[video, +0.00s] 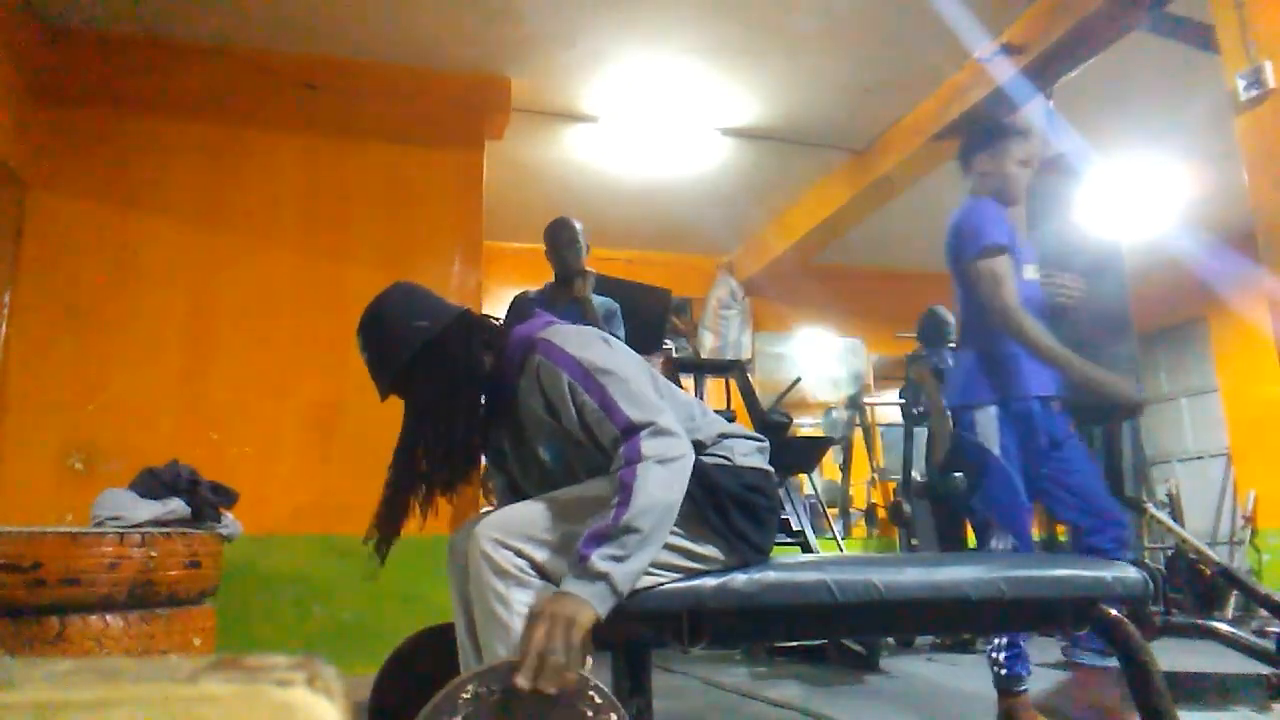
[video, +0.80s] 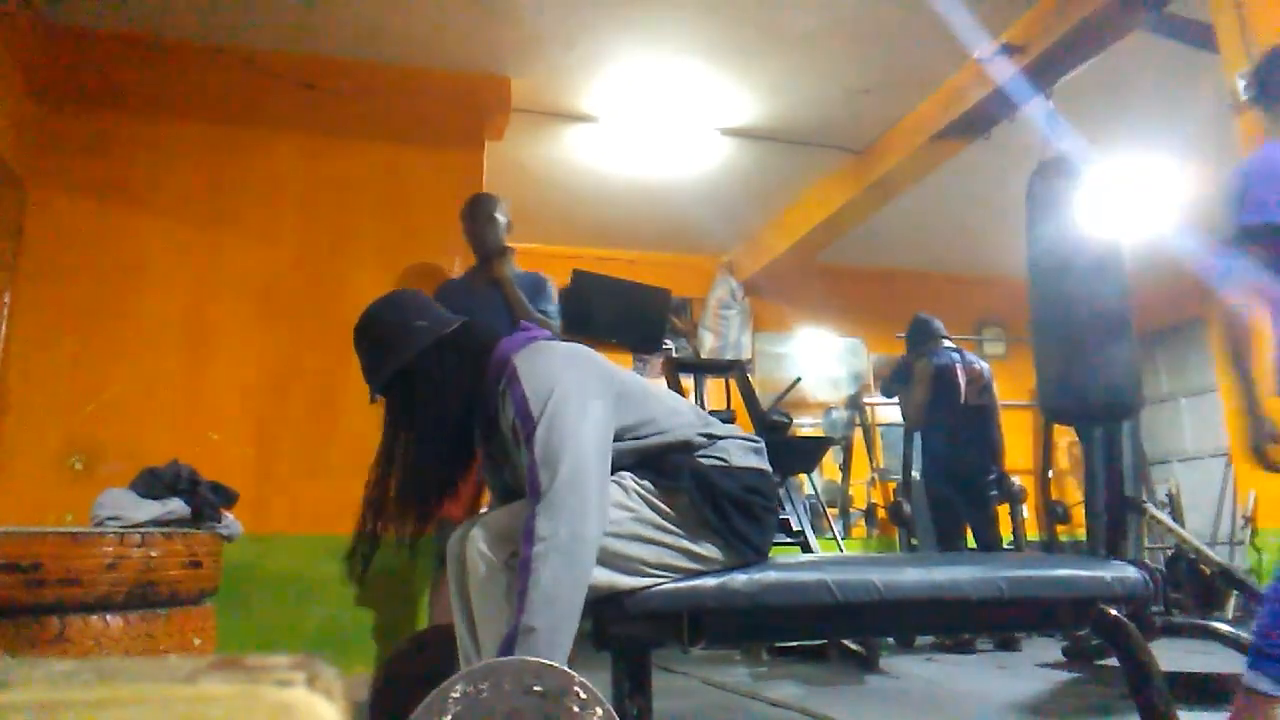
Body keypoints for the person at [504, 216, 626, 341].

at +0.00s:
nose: (565, 255)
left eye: (573, 245)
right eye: (557, 248)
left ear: (587, 250)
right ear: (548, 255)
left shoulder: (607, 309)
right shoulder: (525, 303)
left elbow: (614, 360)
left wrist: (586, 301)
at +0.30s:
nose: (551, 241)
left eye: (559, 229)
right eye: (542, 233)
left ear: (577, 235)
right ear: (537, 242)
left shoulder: (602, 292)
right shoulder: (519, 296)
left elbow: (607, 345)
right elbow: (502, 353)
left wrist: (571, 289)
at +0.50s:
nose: (530, 233)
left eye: (539, 223)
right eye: (523, 224)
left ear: (558, 230)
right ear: (516, 234)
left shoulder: (587, 287)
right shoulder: (502, 293)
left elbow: (592, 344)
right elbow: (487, 351)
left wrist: (554, 285)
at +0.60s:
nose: (516, 234)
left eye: (525, 223)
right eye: (509, 225)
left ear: (544, 229)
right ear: (503, 234)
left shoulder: (573, 287)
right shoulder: (486, 293)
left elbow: (582, 341)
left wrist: (542, 283)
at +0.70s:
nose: (500, 231)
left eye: (509, 221)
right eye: (492, 223)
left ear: (528, 229)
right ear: (485, 232)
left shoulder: (554, 289)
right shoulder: (469, 294)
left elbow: (567, 339)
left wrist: (525, 282)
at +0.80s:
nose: (481, 229)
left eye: (490, 220)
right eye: (474, 221)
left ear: (508, 227)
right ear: (466, 231)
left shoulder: (537, 286)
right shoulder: (449, 294)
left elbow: (549, 339)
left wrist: (507, 281)